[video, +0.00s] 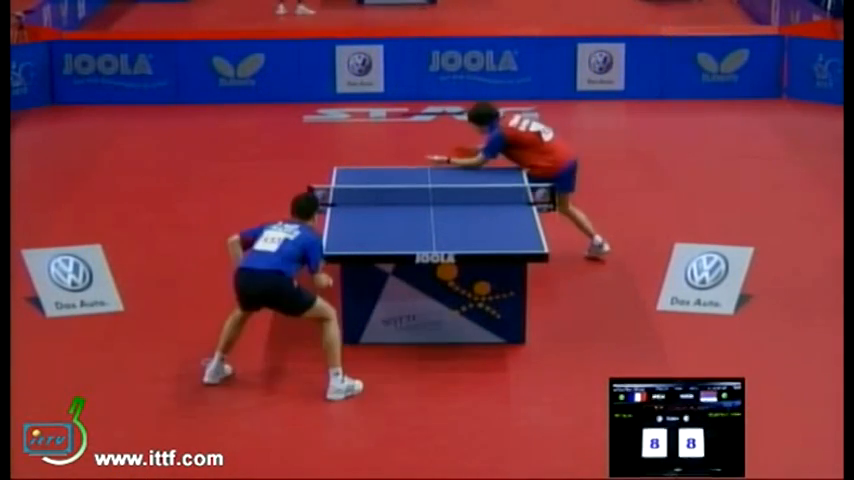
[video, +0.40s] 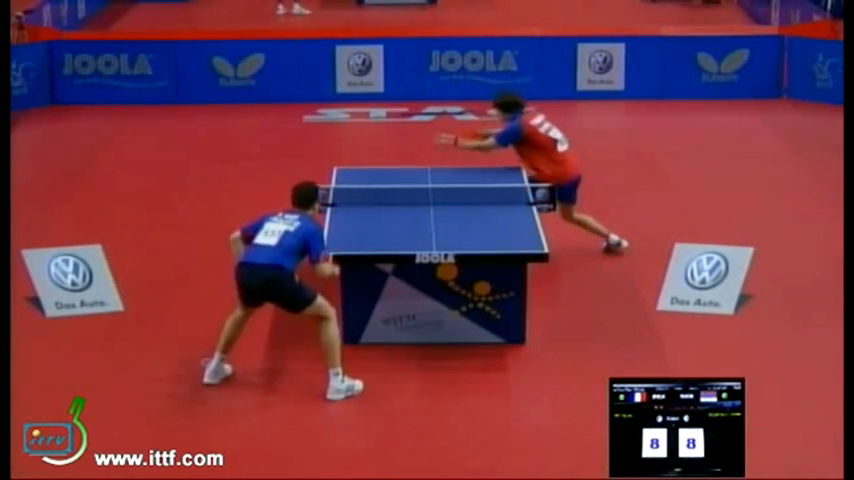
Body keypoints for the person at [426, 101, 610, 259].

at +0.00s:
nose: (475, 128)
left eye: (475, 124)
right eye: (474, 124)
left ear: (483, 123)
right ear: (493, 113)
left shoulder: (500, 135)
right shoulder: (511, 118)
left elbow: (479, 161)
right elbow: (490, 148)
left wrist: (449, 161)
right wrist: (470, 154)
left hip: (546, 170)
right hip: (567, 163)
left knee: (515, 200)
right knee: (564, 206)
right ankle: (598, 241)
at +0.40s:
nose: (497, 115)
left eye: (498, 111)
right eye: (497, 111)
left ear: (507, 111)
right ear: (517, 107)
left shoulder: (518, 127)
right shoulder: (531, 115)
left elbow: (488, 146)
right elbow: (497, 135)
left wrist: (458, 143)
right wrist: (470, 137)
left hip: (557, 179)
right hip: (569, 171)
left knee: (517, 204)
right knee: (569, 215)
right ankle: (612, 238)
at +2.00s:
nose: (455, 93)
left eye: (457, 89)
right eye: (451, 89)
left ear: (462, 90)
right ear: (446, 92)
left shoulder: (476, 107)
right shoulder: (442, 108)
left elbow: (492, 131)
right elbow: (436, 132)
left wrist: (489, 158)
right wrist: (445, 147)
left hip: (476, 159)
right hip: (453, 157)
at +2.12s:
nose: (464, 89)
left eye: (466, 84)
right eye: (460, 85)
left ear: (471, 85)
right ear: (454, 87)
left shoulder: (483, 101)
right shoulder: (449, 107)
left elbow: (504, 116)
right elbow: (453, 137)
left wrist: (510, 130)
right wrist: (483, 141)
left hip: (481, 150)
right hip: (458, 151)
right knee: (446, 170)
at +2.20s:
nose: (472, 80)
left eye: (474, 76)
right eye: (468, 77)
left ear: (479, 76)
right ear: (462, 78)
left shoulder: (492, 90)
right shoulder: (461, 96)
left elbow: (515, 100)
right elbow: (460, 122)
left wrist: (530, 107)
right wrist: (482, 133)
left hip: (491, 141)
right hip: (466, 142)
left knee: (513, 170)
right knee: (448, 172)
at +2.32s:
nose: (487, 78)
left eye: (490, 73)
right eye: (484, 74)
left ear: (495, 74)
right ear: (478, 76)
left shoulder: (508, 90)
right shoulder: (474, 91)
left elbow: (532, 97)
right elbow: (463, 105)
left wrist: (544, 110)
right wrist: (453, 113)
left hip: (507, 144)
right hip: (481, 142)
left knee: (530, 181)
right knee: (458, 172)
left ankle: (554, 215)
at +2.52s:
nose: (493, 77)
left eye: (496, 73)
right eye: (490, 74)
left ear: (502, 73)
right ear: (485, 74)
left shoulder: (516, 90)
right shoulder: (478, 91)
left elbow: (530, 107)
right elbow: (461, 105)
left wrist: (535, 122)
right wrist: (445, 108)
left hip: (515, 147)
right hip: (487, 145)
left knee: (534, 179)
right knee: (472, 179)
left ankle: (554, 216)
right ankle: (466, 220)